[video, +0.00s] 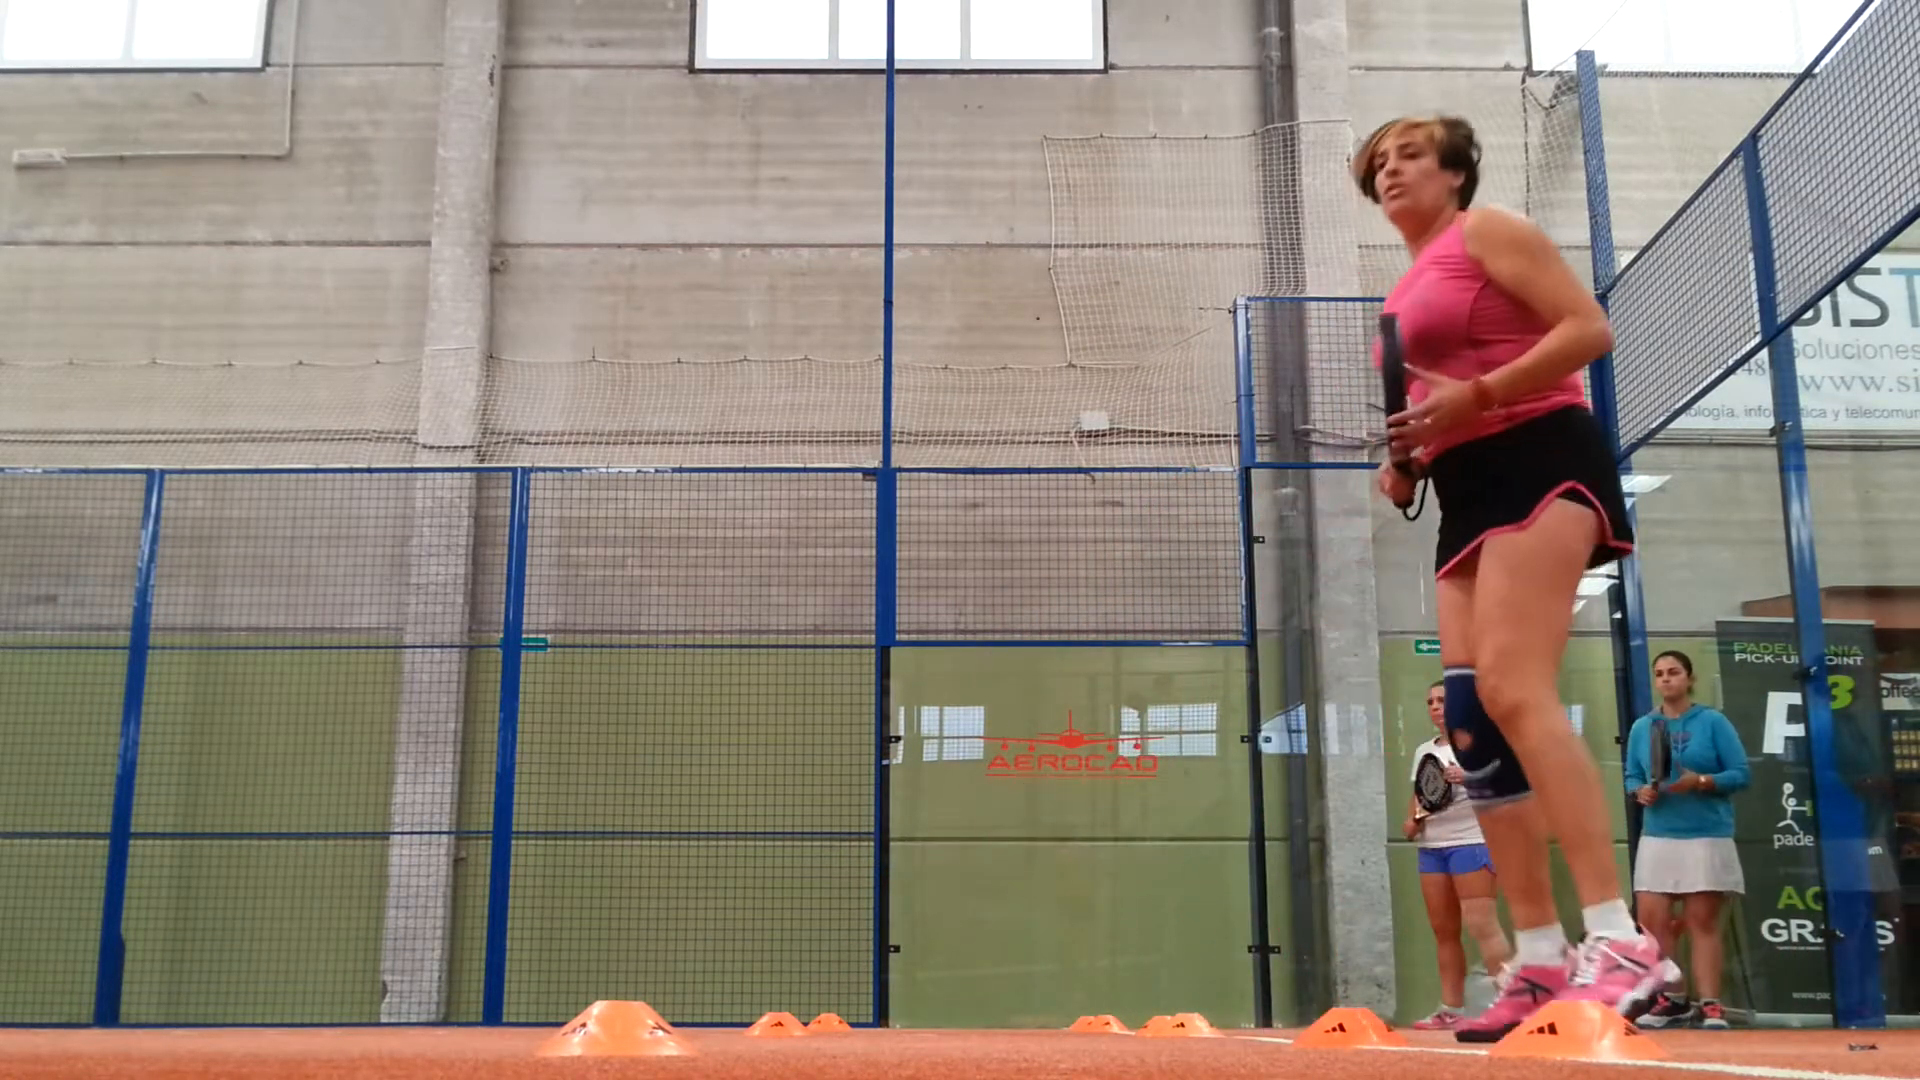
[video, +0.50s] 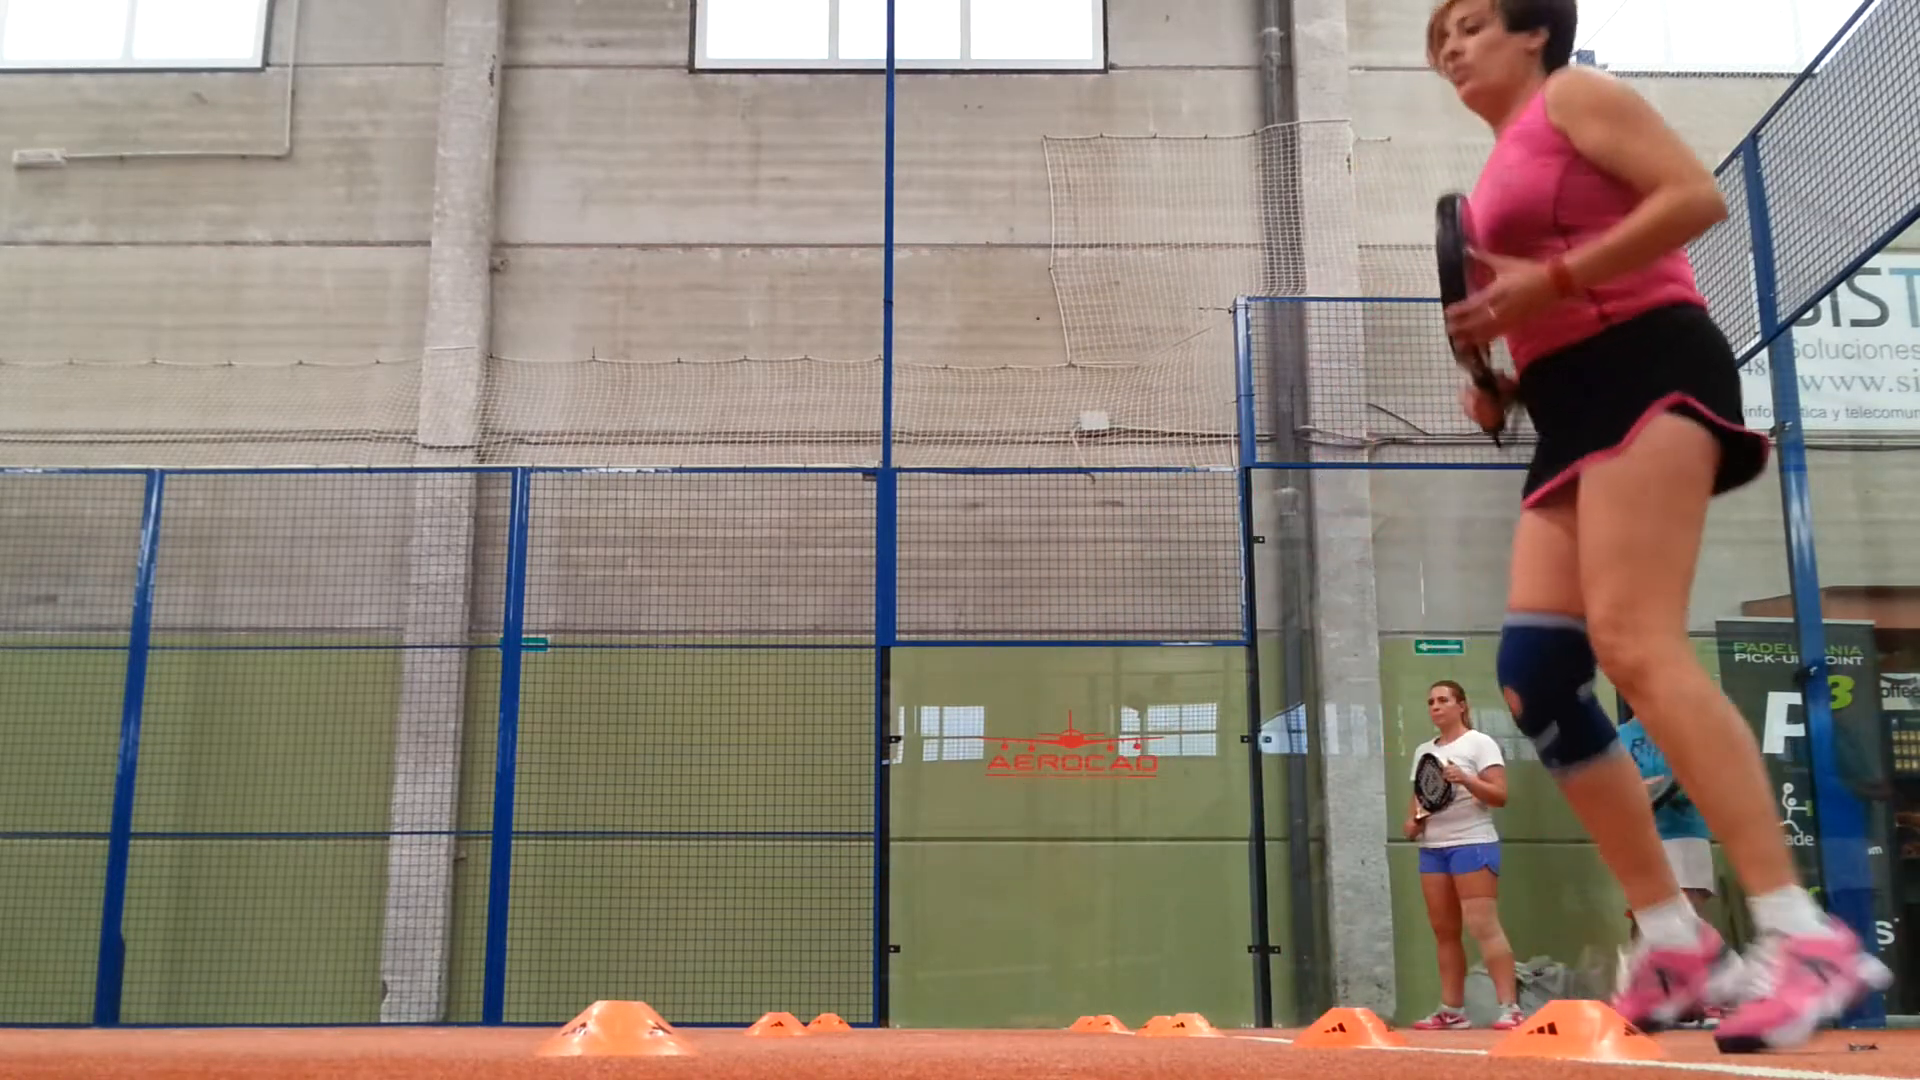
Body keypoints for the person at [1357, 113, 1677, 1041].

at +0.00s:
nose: (1391, 171)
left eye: (1409, 154)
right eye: (1379, 166)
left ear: (1455, 169)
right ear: (1377, 193)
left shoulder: (1488, 229)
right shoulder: (1411, 283)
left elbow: (1586, 329)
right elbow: (1446, 401)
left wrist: (1477, 395)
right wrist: (1408, 456)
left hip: (1543, 466)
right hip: (1468, 491)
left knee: (1518, 692)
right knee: (1472, 721)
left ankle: (1622, 947)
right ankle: (1542, 963)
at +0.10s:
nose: (1413, 178)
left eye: (1433, 161)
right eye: (1403, 172)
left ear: (1481, 180)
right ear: (1400, 201)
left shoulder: (1520, 244)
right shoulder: (1431, 307)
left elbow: (1616, 357)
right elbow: (1458, 421)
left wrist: (1501, 418)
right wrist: (1428, 474)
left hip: (1564, 497)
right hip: (1483, 524)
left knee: (1540, 712)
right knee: (1485, 751)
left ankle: (1688, 963)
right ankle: (1560, 984)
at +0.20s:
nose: (1423, 163)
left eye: (1444, 148)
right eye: (1418, 153)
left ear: (1497, 168)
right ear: (1427, 186)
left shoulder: (1537, 224)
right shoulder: (1461, 283)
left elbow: (1639, 329)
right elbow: (1507, 415)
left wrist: (1517, 391)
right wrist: (1446, 464)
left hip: (1589, 484)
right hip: (1510, 510)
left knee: (1549, 726)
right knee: (1499, 741)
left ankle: (1697, 980)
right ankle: (1571, 976)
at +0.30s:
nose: (1426, 97)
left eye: (1445, 80)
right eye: (1421, 89)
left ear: (1502, 92)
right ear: (1433, 119)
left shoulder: (1540, 148)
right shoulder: (1471, 210)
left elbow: (1657, 235)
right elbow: (1516, 345)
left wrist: (1530, 309)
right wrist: (1465, 403)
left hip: (1612, 411)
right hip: (1533, 437)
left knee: (1594, 670)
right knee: (1504, 681)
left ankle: (1690, 947)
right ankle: (1613, 921)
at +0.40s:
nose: (1429, 52)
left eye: (1445, 33)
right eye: (1424, 42)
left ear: (1509, 36)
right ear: (1449, 65)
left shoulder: (1551, 91)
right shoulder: (1481, 165)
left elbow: (1673, 183)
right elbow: (1542, 303)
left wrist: (1542, 260)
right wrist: (1482, 363)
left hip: (1633, 355)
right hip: (1556, 386)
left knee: (1607, 627)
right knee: (1518, 642)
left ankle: (1728, 915)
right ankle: (1638, 902)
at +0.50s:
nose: (1447, 46)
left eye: (1467, 25)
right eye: (1438, 39)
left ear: (1530, 29)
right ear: (1445, 62)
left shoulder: (1576, 94)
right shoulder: (1500, 167)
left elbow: (1697, 195)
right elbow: (1558, 307)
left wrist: (1555, 276)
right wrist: (1501, 380)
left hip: (1651, 369)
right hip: (1570, 404)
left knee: (1638, 642)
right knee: (1540, 676)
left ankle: (1807, 942)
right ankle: (1676, 942)